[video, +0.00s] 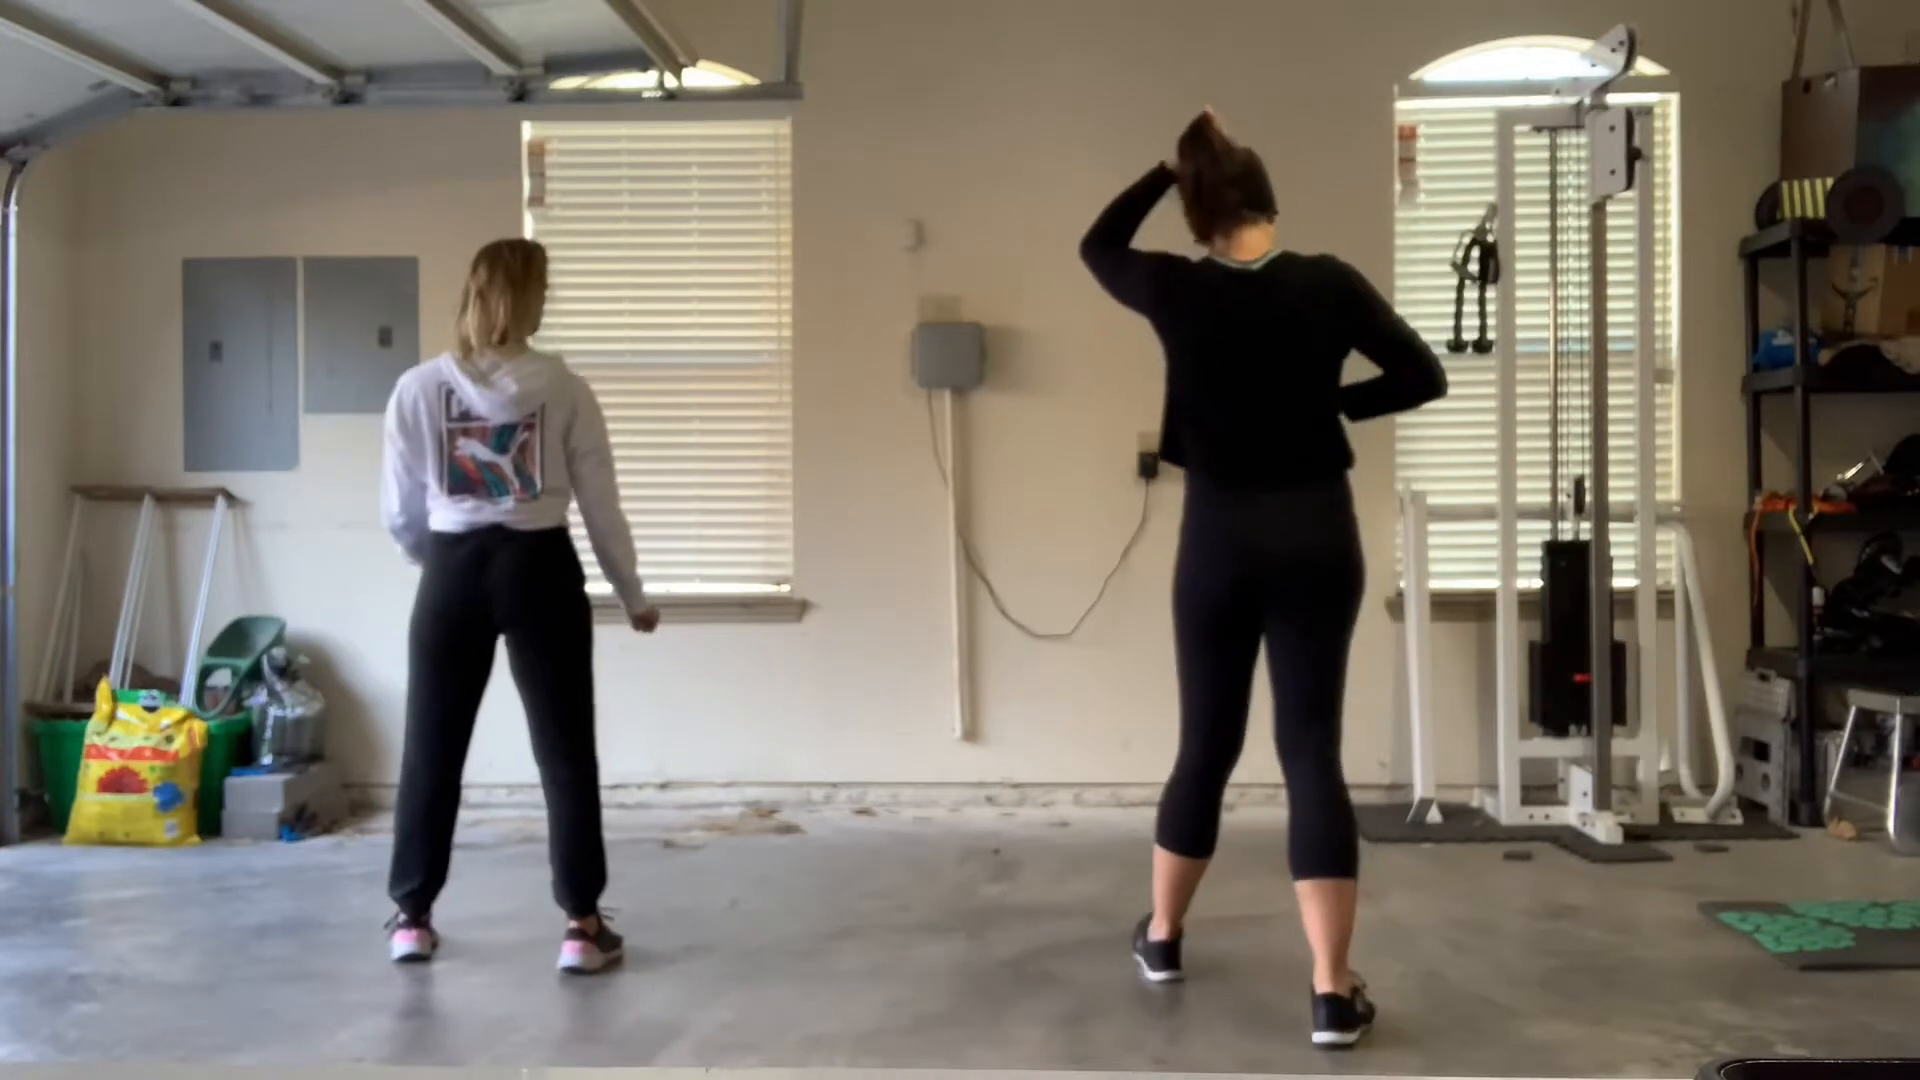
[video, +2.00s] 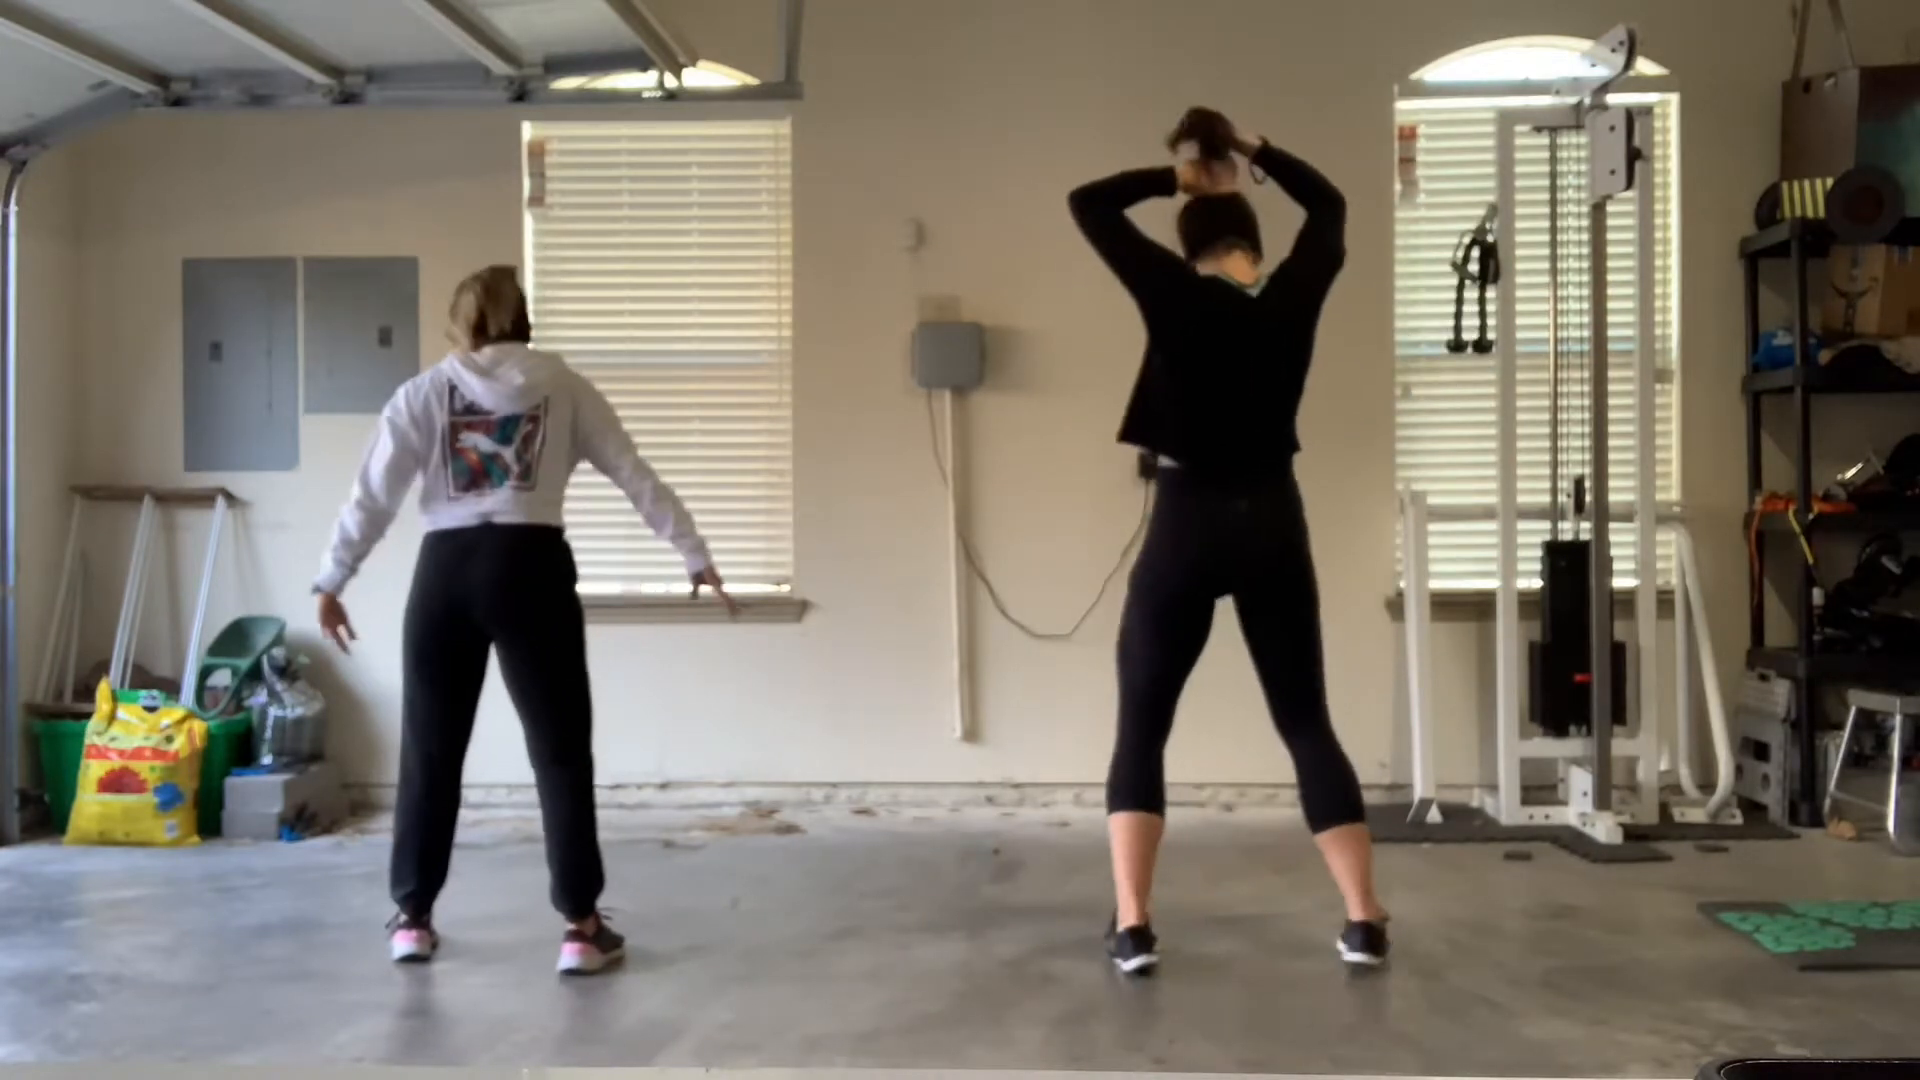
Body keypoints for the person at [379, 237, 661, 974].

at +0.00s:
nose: (541, 306)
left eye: (530, 291)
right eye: (541, 295)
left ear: (470, 296)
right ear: (536, 301)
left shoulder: (417, 389)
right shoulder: (564, 387)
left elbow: (402, 512)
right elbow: (600, 506)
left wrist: (439, 562)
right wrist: (633, 593)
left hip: (452, 579)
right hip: (543, 577)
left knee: (431, 748)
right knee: (566, 751)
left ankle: (412, 919)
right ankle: (582, 926)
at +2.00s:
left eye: (459, 318)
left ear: (458, 323)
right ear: (524, 319)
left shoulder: (424, 391)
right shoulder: (562, 384)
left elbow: (374, 495)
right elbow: (634, 474)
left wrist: (331, 582)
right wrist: (696, 553)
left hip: (445, 577)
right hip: (535, 574)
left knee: (430, 752)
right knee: (561, 754)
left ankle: (412, 920)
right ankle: (581, 927)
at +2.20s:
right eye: (526, 336)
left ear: (460, 340)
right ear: (527, 343)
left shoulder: (417, 395)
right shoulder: (554, 386)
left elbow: (350, 487)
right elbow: (608, 471)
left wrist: (285, 563)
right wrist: (640, 558)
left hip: (454, 572)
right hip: (544, 568)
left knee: (434, 748)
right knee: (566, 750)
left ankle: (412, 920)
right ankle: (580, 925)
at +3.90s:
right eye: (547, 375)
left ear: (481, 369)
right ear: (542, 372)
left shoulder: (428, 409)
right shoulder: (568, 403)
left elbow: (347, 481)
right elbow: (604, 481)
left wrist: (267, 544)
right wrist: (616, 571)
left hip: (490, 576)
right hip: (579, 568)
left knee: (459, 750)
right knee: (590, 758)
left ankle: (414, 918)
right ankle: (585, 927)